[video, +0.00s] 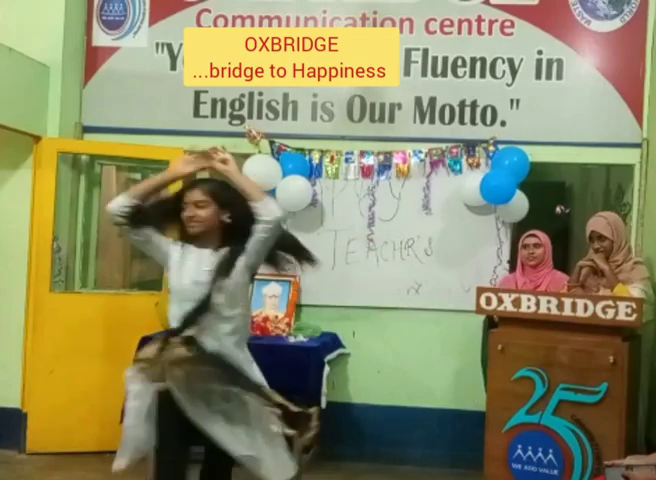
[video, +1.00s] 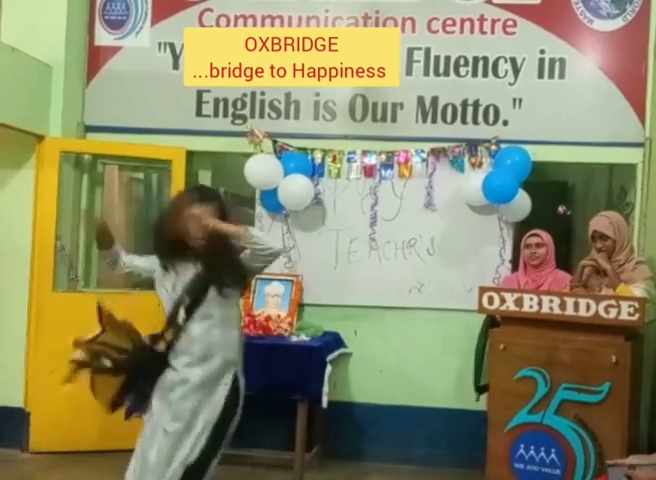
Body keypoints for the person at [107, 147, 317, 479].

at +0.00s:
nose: (190, 214)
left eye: (201, 205)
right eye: (186, 206)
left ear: (225, 214)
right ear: (180, 212)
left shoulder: (240, 260)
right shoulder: (174, 253)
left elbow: (271, 217)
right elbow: (118, 212)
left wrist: (234, 174)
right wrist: (172, 174)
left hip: (228, 385)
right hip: (175, 382)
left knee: (217, 472)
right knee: (168, 469)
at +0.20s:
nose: (156, 215)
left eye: (165, 208)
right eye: (158, 207)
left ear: (187, 219)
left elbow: (150, 264)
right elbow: (148, 345)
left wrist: (183, 205)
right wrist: (87, 361)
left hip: (185, 388)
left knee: (176, 465)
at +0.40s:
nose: (142, 211)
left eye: (152, 206)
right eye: (146, 203)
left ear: (175, 215)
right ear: (179, 217)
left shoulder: (162, 264)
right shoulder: (204, 266)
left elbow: (148, 331)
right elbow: (191, 331)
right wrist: (140, 348)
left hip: (164, 385)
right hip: (188, 383)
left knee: (145, 470)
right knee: (165, 468)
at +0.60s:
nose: (145, 213)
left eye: (157, 208)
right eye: (145, 204)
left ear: (181, 217)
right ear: (142, 203)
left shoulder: (174, 258)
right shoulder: (164, 255)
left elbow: (167, 337)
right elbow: (164, 335)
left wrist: (147, 404)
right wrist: (147, 400)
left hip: (167, 386)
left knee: (156, 471)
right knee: (151, 470)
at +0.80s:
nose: (162, 214)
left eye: (173, 208)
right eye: (156, 205)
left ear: (193, 215)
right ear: (148, 206)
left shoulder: (206, 259)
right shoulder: (146, 254)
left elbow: (251, 301)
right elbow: (120, 291)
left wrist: (209, 333)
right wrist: (113, 317)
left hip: (189, 382)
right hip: (150, 377)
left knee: (165, 468)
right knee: (143, 462)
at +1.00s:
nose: (203, 227)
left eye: (210, 220)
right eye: (194, 219)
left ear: (221, 225)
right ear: (176, 223)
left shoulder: (232, 268)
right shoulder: (164, 266)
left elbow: (271, 249)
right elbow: (117, 265)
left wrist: (220, 226)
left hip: (220, 384)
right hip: (176, 381)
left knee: (188, 469)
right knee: (149, 464)